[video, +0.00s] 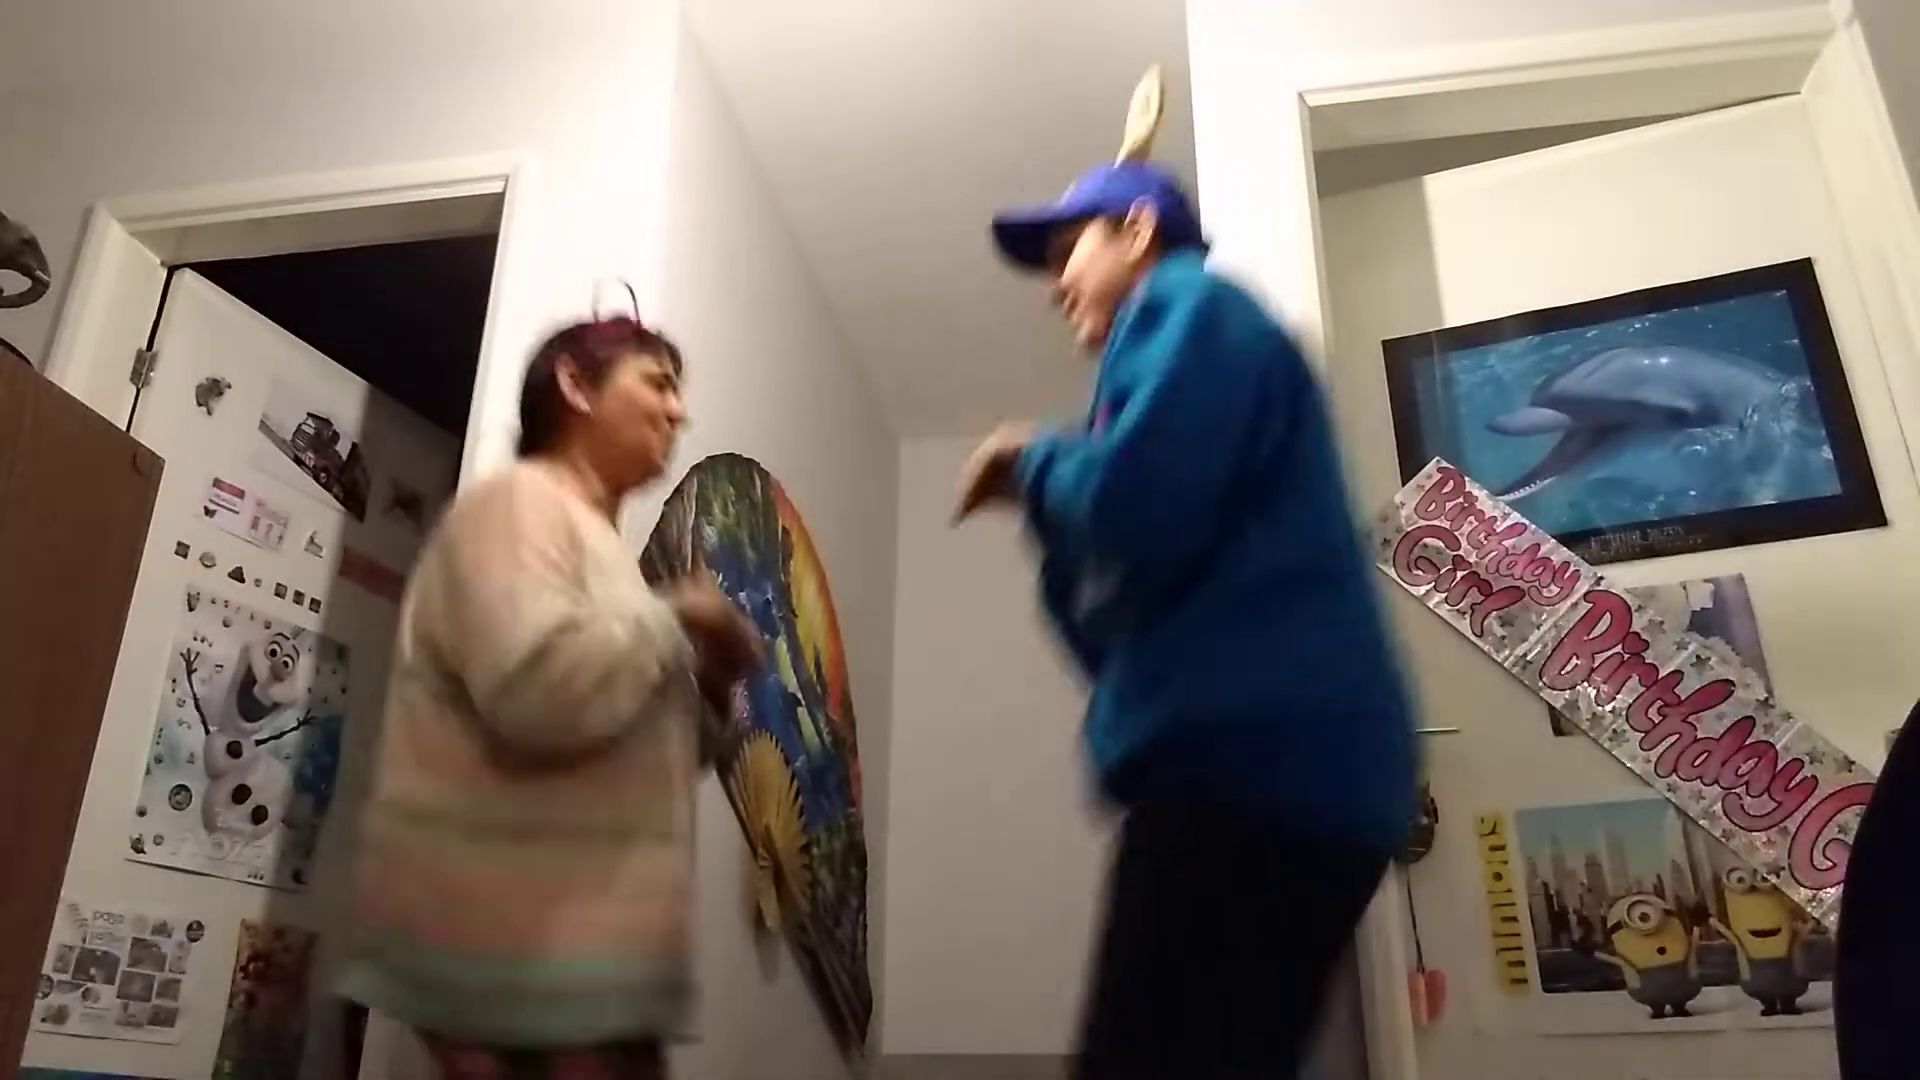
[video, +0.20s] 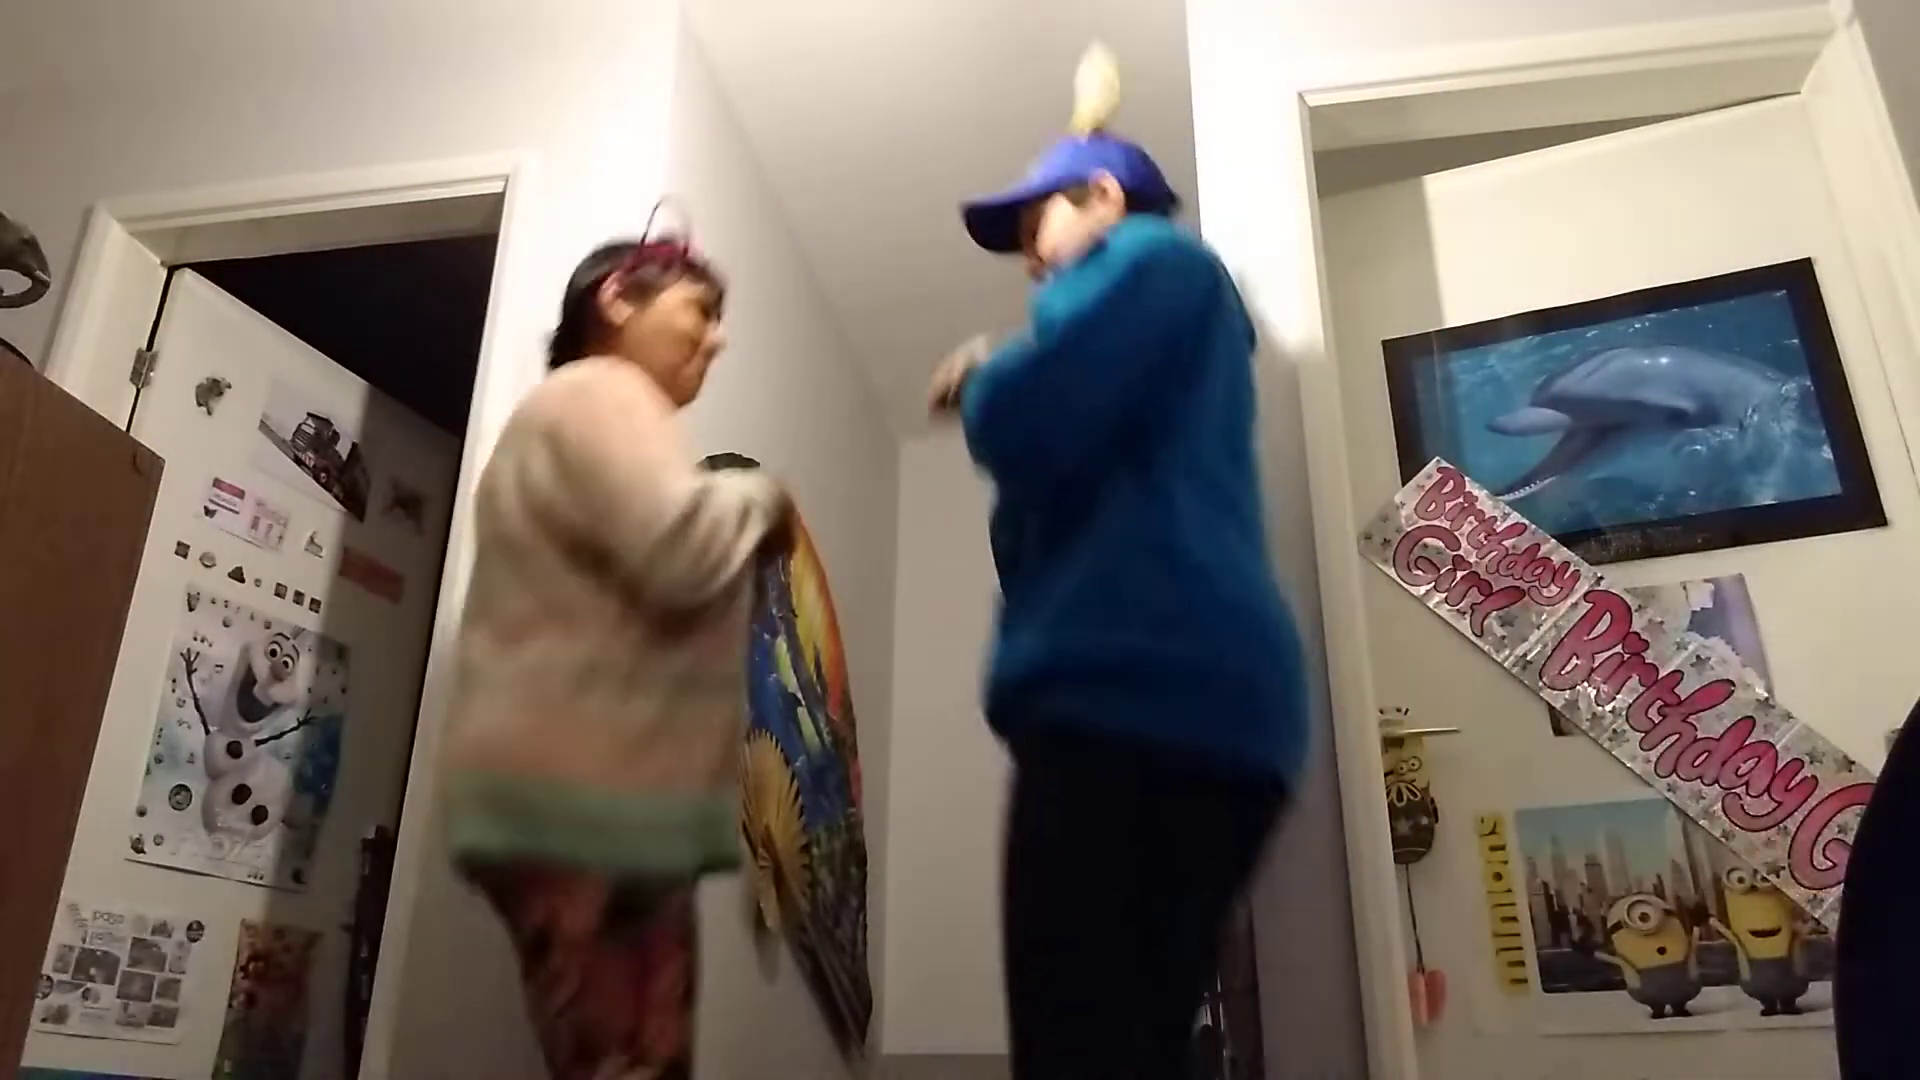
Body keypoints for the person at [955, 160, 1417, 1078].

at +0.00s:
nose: (1055, 282)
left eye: (1068, 249)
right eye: (1051, 263)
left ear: (1137, 229)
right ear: (1138, 241)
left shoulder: (1197, 307)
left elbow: (1137, 507)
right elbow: (1107, 640)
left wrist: (1033, 456)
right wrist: (1048, 498)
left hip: (1254, 769)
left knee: (1147, 1056)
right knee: (1205, 1058)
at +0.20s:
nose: (1030, 256)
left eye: (1039, 227)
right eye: (1025, 239)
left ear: (1102, 196)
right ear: (1105, 205)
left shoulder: (1155, 257)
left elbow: (1019, 427)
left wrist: (983, 369)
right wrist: (1007, 368)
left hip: (1142, 705)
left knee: (1082, 1025)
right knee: (1117, 1024)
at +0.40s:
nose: (959, 288)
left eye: (969, 255)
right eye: (958, 265)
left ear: (1022, 229)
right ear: (1049, 234)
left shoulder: (1066, 301)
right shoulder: (1139, 314)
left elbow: (972, 493)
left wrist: (913, 428)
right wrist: (922, 441)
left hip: (1089, 755)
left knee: (1018, 1043)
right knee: (1130, 1044)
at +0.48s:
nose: (940, 320)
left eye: (950, 289)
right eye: (940, 297)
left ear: (1001, 272)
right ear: (1033, 277)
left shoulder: (1042, 346)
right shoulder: (1128, 389)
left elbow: (933, 561)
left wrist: (905, 486)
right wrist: (899, 484)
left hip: (1077, 792)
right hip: (1211, 804)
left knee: (984, 1054)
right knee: (1130, 1055)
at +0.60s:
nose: (939, 314)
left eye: (944, 289)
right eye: (938, 295)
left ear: (989, 267)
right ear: (1074, 275)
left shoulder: (994, 339)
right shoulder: (1162, 409)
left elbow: (885, 566)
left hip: (1021, 787)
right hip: (1192, 806)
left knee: (972, 1052)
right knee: (1137, 1057)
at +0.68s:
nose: (944, 293)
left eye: (949, 274)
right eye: (945, 278)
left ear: (989, 258)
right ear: (1080, 264)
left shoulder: (953, 338)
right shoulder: (1172, 392)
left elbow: (872, 561)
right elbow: (1177, 556)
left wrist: (977, 608)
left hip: (997, 761)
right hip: (1187, 773)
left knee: (973, 1051)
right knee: (1150, 1054)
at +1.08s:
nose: (941, 324)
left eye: (943, 309)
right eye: (942, 312)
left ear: (965, 294)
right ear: (1071, 286)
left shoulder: (923, 377)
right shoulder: (1173, 394)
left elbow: (868, 541)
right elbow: (1203, 586)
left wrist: (938, 630)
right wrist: (1126, 667)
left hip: (917, 759)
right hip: (1129, 770)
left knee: (931, 1042)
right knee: (1098, 1046)